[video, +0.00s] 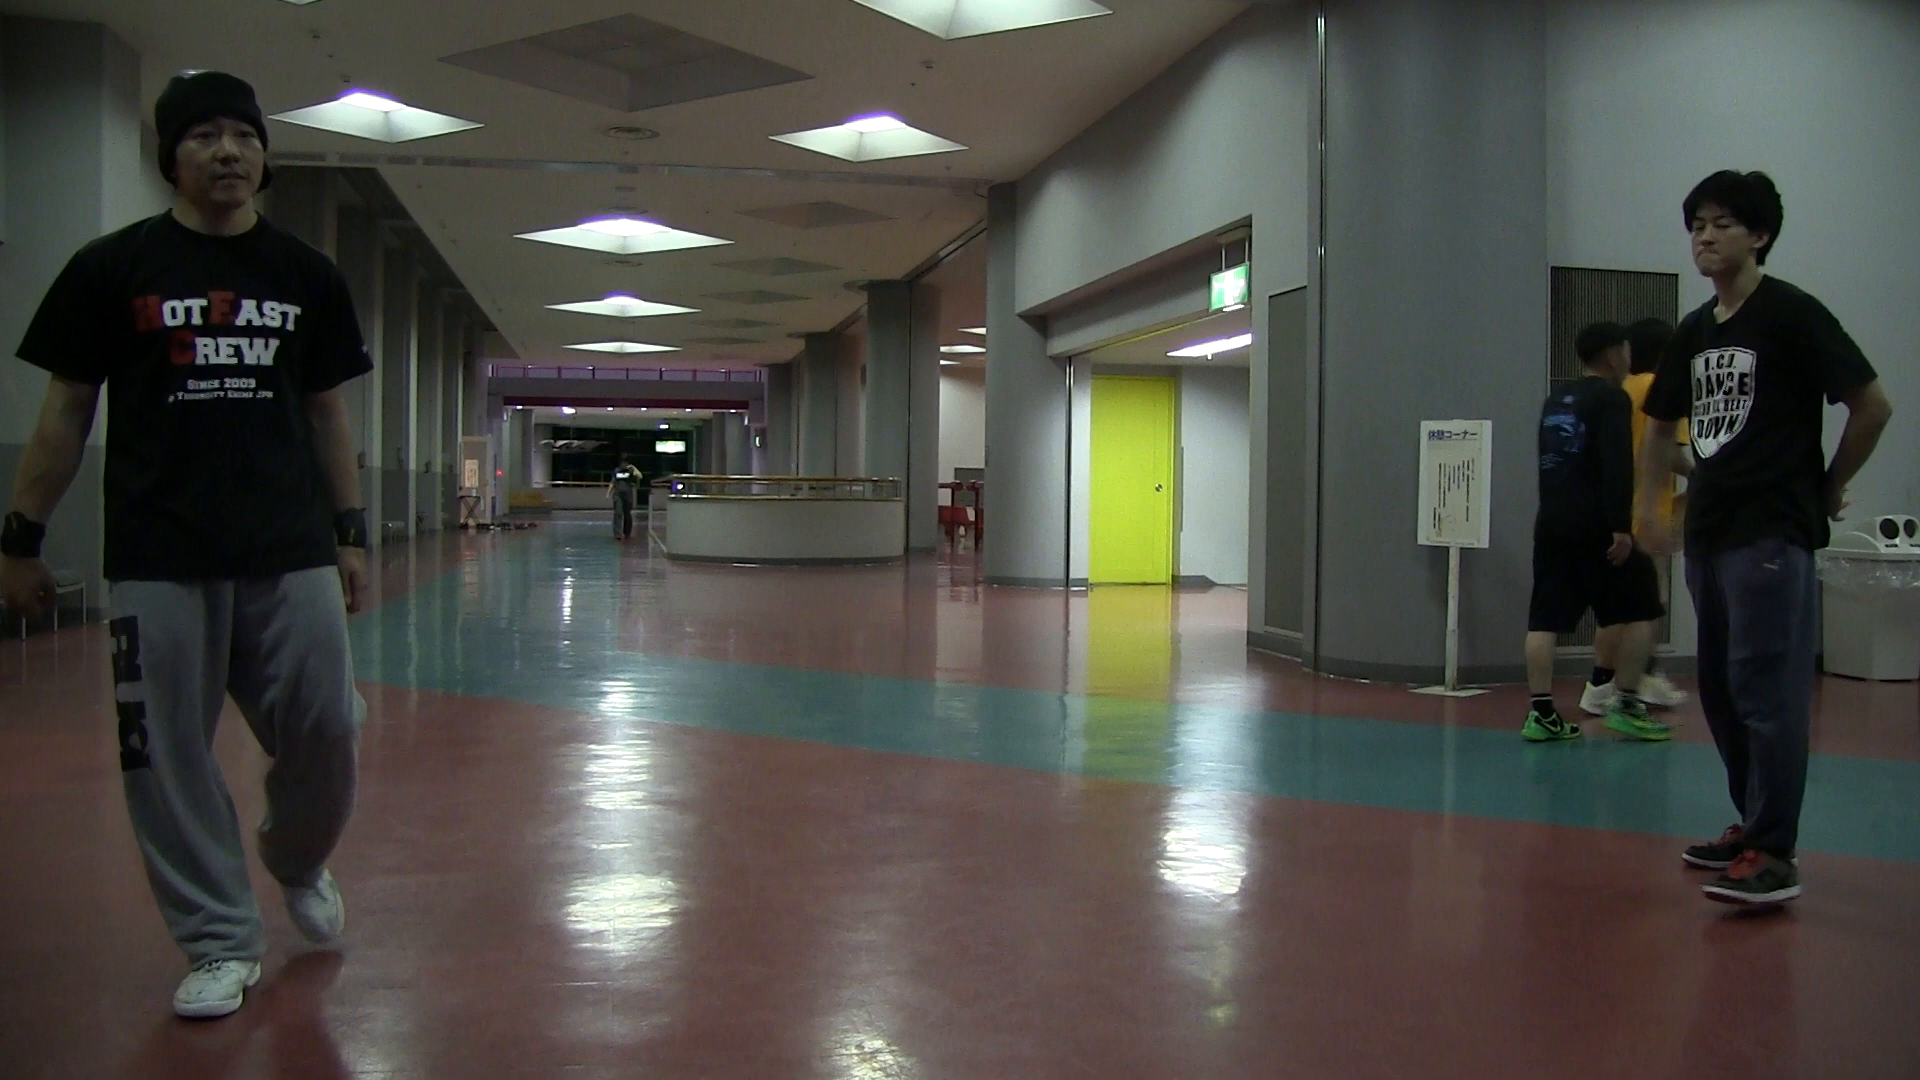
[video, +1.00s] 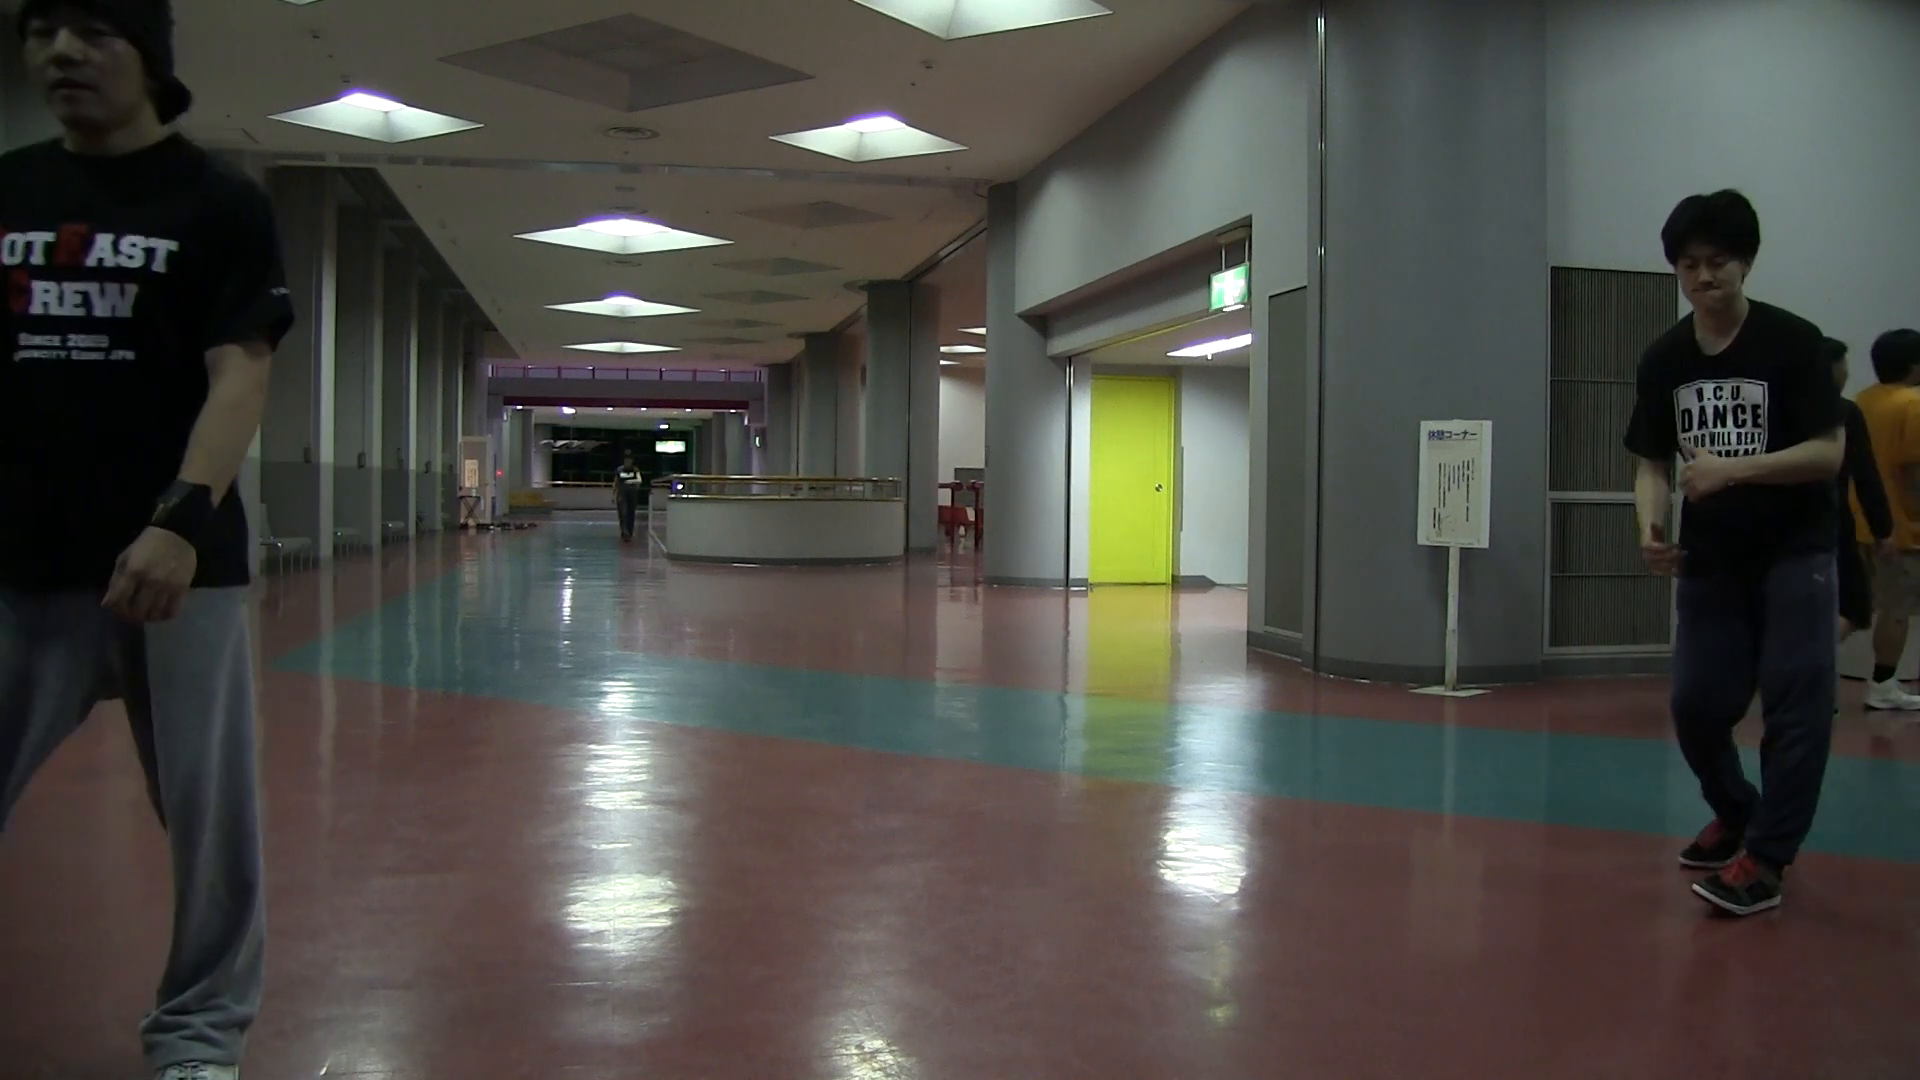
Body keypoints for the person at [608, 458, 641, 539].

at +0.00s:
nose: (624, 465)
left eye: (626, 463)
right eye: (622, 463)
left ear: (628, 463)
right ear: (620, 463)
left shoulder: (631, 471)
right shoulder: (617, 471)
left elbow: (640, 476)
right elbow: (612, 483)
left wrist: (633, 468)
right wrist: (608, 493)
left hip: (628, 496)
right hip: (618, 495)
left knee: (627, 514)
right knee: (618, 513)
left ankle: (627, 533)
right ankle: (618, 534)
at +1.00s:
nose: (628, 463)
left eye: (629, 461)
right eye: (626, 461)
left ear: (632, 461)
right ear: (624, 461)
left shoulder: (635, 470)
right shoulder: (619, 471)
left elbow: (639, 480)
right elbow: (615, 484)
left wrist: (628, 481)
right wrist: (615, 495)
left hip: (632, 496)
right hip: (622, 496)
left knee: (631, 514)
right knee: (623, 514)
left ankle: (630, 533)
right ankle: (624, 533)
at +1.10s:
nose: (628, 463)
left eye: (629, 461)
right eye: (626, 461)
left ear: (632, 461)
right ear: (624, 461)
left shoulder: (635, 470)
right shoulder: (619, 470)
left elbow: (637, 482)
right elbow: (615, 483)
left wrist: (635, 491)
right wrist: (614, 495)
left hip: (631, 496)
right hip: (621, 496)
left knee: (631, 514)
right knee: (622, 514)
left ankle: (630, 533)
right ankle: (624, 533)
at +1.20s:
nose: (628, 461)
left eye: (629, 459)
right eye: (626, 459)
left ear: (632, 459)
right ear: (624, 459)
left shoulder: (635, 469)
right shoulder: (619, 469)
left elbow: (638, 483)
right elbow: (614, 482)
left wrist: (640, 494)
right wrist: (613, 494)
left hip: (632, 496)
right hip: (621, 496)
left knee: (631, 515)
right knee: (622, 515)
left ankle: (630, 534)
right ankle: (624, 534)